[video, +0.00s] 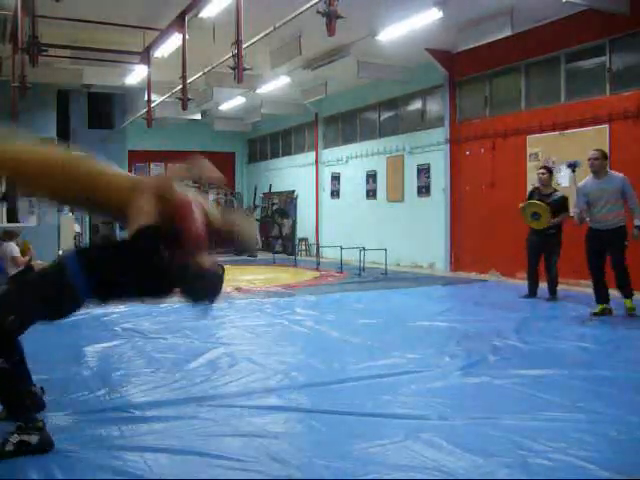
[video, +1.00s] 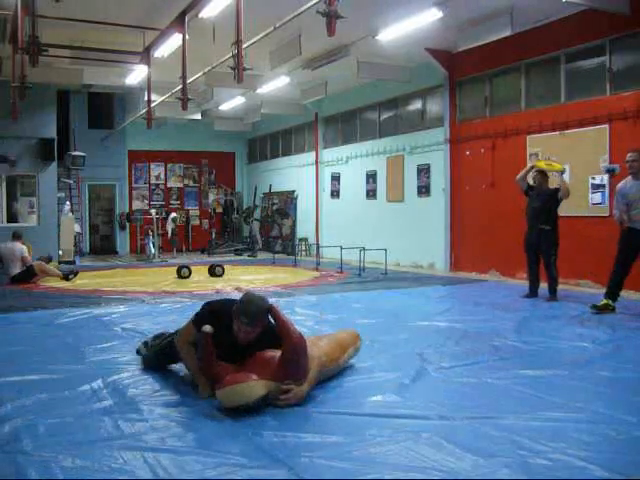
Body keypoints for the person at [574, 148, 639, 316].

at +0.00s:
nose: (591, 163)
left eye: (596, 159)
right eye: (589, 160)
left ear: (605, 162)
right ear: (587, 163)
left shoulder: (620, 180)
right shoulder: (584, 187)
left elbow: (633, 203)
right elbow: (580, 208)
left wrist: (636, 223)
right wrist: (579, 216)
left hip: (617, 228)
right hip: (595, 229)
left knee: (619, 265)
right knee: (596, 270)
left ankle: (628, 298)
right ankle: (602, 303)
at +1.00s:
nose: (630, 165)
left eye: (634, 161)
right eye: (628, 162)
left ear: (639, 164)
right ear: (626, 165)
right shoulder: (622, 187)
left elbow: (620, 209)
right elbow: (618, 209)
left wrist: (626, 218)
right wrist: (622, 219)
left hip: (636, 229)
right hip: (631, 228)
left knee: (623, 264)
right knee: (622, 264)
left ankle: (609, 299)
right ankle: (609, 299)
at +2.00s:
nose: (634, 164)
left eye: (636, 160)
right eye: (632, 161)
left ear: (639, 163)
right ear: (630, 164)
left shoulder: (630, 186)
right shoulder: (627, 186)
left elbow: (624, 208)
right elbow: (623, 208)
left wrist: (629, 221)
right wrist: (628, 221)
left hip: (634, 228)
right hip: (633, 227)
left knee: (628, 264)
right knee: (626, 264)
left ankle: (623, 299)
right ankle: (623, 299)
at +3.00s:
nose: (633, 163)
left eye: (635, 160)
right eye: (631, 160)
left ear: (639, 162)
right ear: (629, 163)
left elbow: (622, 209)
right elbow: (622, 209)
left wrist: (628, 221)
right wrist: (627, 222)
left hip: (634, 229)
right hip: (632, 228)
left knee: (627, 265)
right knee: (626, 265)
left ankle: (623, 299)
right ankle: (623, 299)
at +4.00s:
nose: (635, 163)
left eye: (637, 160)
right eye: (634, 160)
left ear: (639, 162)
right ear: (632, 163)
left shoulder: (631, 186)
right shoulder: (628, 186)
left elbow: (624, 208)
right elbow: (624, 207)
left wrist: (627, 218)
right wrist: (628, 219)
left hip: (635, 230)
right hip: (634, 229)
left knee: (628, 264)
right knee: (627, 264)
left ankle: (623, 299)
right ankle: (623, 299)